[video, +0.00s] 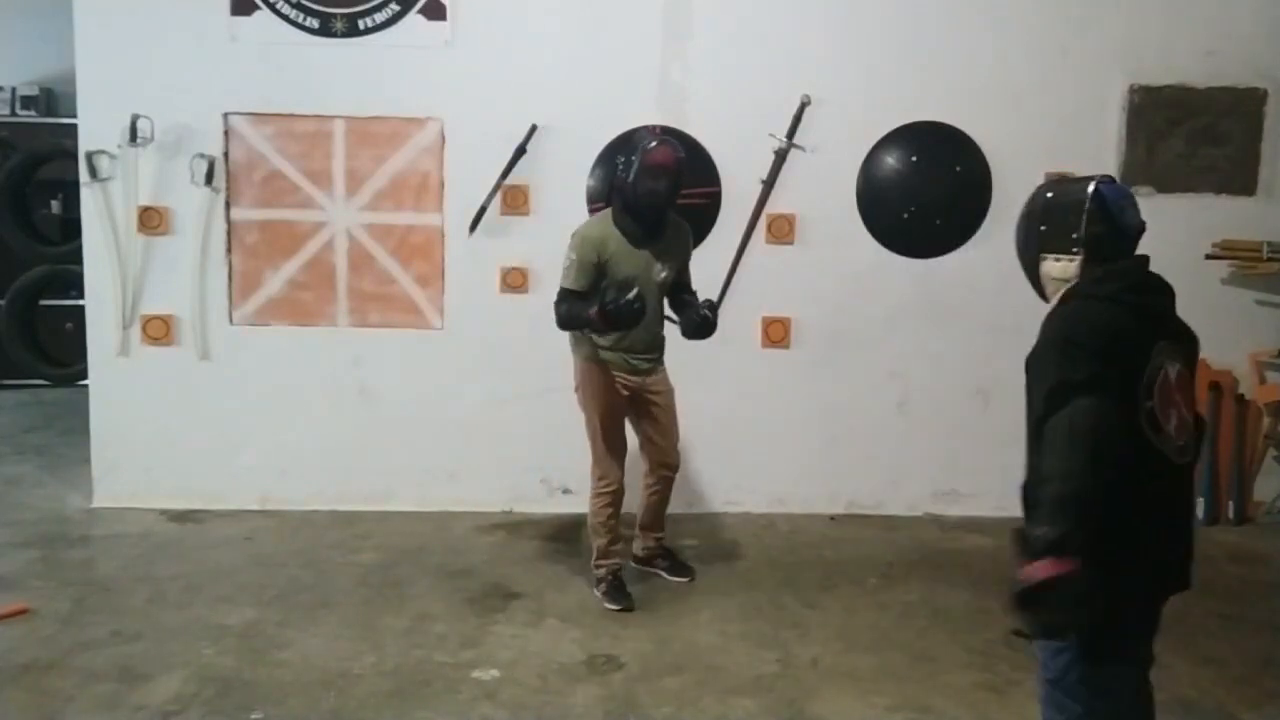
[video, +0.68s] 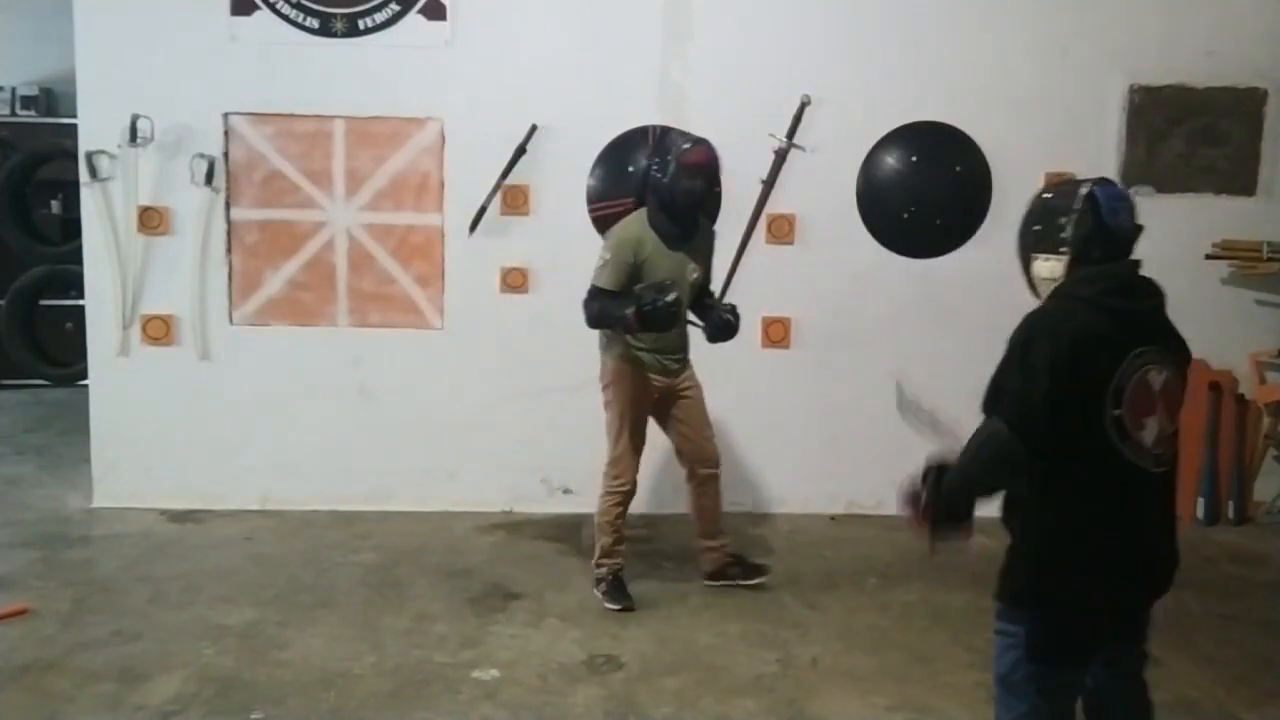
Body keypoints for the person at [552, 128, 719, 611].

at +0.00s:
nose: (658, 189)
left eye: (666, 181)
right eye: (650, 179)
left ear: (675, 187)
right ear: (627, 183)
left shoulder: (677, 234)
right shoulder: (592, 237)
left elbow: (680, 294)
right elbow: (565, 309)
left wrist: (695, 316)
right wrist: (602, 315)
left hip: (649, 367)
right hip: (599, 366)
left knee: (664, 462)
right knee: (610, 470)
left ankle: (649, 548)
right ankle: (606, 569)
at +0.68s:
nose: (698, 189)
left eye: (704, 180)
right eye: (688, 179)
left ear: (710, 186)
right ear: (663, 182)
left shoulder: (701, 236)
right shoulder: (628, 236)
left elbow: (696, 293)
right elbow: (594, 308)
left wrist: (715, 317)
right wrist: (638, 313)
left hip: (676, 367)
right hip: (628, 366)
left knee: (704, 460)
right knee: (622, 472)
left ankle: (716, 561)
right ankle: (608, 571)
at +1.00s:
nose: (757, 192)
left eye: (762, 183)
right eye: (747, 181)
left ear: (766, 186)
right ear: (718, 182)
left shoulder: (760, 239)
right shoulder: (687, 236)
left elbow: (765, 298)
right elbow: (652, 308)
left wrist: (779, 321)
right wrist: (692, 312)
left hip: (738, 378)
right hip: (687, 377)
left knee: (759, 468)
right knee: (673, 477)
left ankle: (745, 566)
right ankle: (620, 564)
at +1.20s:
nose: (785, 189)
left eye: (792, 179)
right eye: (776, 177)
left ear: (798, 182)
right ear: (748, 176)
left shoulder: (794, 235)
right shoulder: (714, 233)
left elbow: (805, 292)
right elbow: (679, 305)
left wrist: (821, 312)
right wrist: (719, 306)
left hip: (762, 368)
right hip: (713, 363)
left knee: (769, 467)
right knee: (726, 464)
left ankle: (747, 568)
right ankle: (692, 575)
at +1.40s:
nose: (802, 202)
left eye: (811, 193)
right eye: (793, 190)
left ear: (818, 198)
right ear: (767, 188)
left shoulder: (813, 251)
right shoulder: (733, 244)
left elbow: (835, 314)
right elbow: (708, 319)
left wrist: (836, 306)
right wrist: (763, 304)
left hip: (775, 375)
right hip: (727, 371)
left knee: (787, 482)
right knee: (761, 481)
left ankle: (751, 567)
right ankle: (738, 596)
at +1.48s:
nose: (810, 221)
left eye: (818, 212)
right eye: (803, 208)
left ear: (823, 215)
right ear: (776, 203)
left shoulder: (810, 259)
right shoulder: (748, 253)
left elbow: (851, 331)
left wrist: (837, 290)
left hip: (773, 382)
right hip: (727, 377)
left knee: (796, 493)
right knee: (772, 487)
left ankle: (754, 567)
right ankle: (742, 589)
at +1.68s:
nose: (831, 244)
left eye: (837, 234)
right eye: (822, 231)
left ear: (840, 234)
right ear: (791, 226)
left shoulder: (825, 285)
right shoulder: (758, 278)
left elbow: (845, 360)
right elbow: (762, 363)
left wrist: (859, 333)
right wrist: (821, 346)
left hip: (789, 400)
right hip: (741, 400)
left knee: (825, 510)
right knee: (788, 507)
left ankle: (760, 557)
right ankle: (770, 629)